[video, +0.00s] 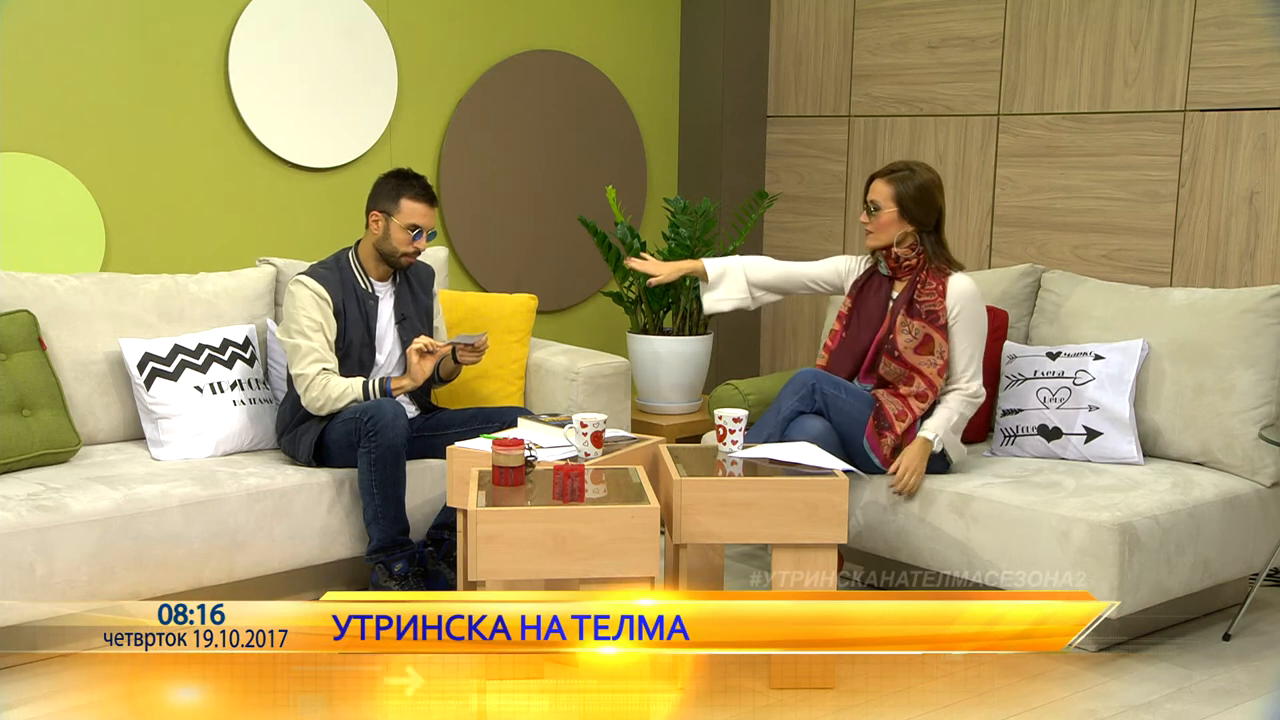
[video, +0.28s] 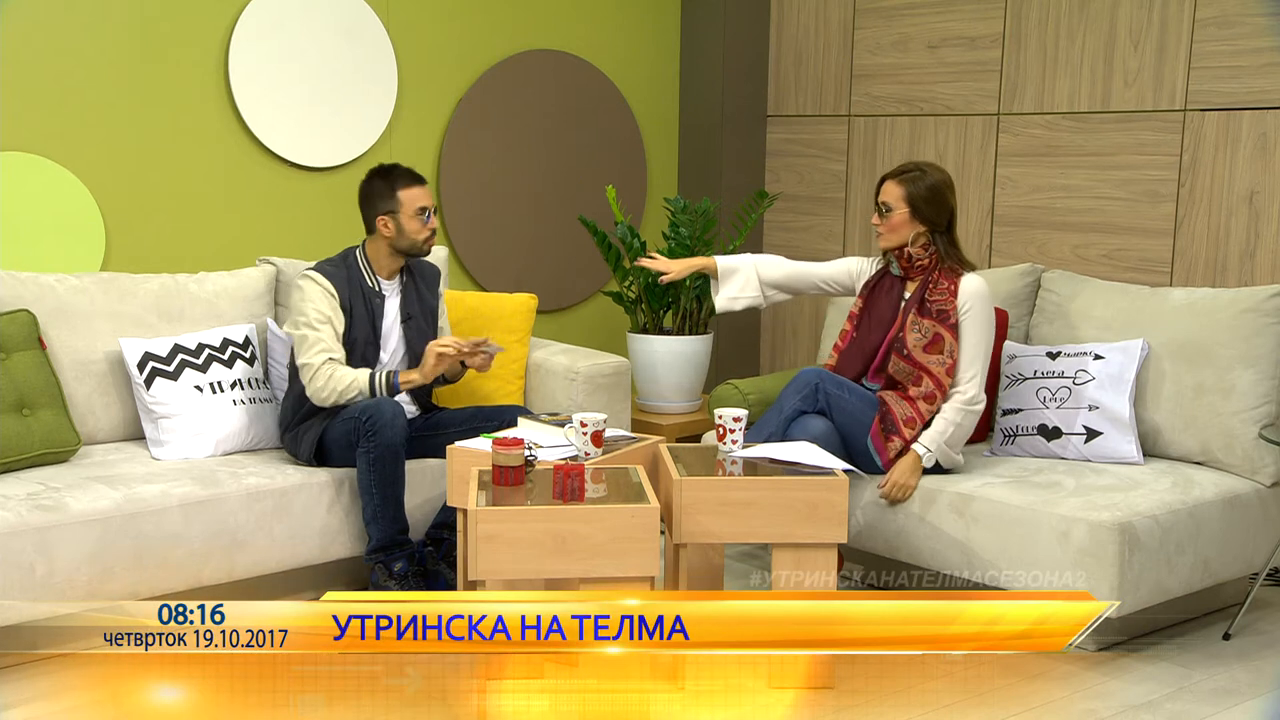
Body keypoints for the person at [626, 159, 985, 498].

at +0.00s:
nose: (864, 219)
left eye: (876, 210)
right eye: (867, 208)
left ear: (913, 219)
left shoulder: (956, 290)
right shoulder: (861, 270)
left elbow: (966, 387)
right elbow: (780, 272)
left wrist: (926, 442)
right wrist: (687, 266)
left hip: (909, 435)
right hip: (850, 420)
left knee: (810, 381)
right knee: (809, 431)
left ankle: (731, 468)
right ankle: (809, 568)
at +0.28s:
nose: (876, 220)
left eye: (888, 211)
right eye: (878, 210)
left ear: (924, 219)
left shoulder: (967, 290)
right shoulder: (875, 271)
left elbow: (968, 393)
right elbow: (791, 272)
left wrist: (918, 457)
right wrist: (699, 264)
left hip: (913, 437)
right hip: (859, 422)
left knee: (814, 379)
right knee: (810, 429)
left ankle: (732, 468)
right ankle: (804, 568)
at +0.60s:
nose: (883, 222)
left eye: (895, 213)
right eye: (885, 212)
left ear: (931, 222)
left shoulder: (974, 293)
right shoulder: (882, 270)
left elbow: (971, 398)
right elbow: (799, 271)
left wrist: (921, 459)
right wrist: (704, 259)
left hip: (914, 439)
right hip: (861, 422)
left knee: (816, 379)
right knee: (810, 429)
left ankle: (728, 469)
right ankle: (804, 571)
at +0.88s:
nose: (886, 222)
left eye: (899, 213)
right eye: (889, 212)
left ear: (935, 222)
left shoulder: (977, 295)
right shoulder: (883, 271)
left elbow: (973, 400)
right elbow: (799, 271)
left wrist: (922, 460)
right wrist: (707, 261)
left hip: (914, 439)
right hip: (860, 422)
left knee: (817, 379)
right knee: (811, 429)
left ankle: (727, 468)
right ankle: (805, 571)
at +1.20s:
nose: (887, 222)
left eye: (900, 213)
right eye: (890, 211)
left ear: (936, 223)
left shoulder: (977, 295)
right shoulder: (884, 271)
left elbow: (973, 400)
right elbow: (800, 271)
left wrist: (922, 460)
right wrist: (706, 261)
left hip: (915, 439)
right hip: (861, 422)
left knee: (817, 379)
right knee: (811, 429)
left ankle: (727, 467)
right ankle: (802, 569)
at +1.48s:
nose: (886, 222)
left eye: (898, 214)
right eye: (888, 212)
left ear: (935, 222)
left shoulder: (976, 295)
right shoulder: (884, 271)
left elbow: (973, 400)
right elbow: (799, 271)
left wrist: (922, 460)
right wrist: (706, 261)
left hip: (915, 439)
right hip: (862, 422)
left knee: (817, 379)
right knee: (811, 429)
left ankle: (727, 466)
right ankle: (802, 568)